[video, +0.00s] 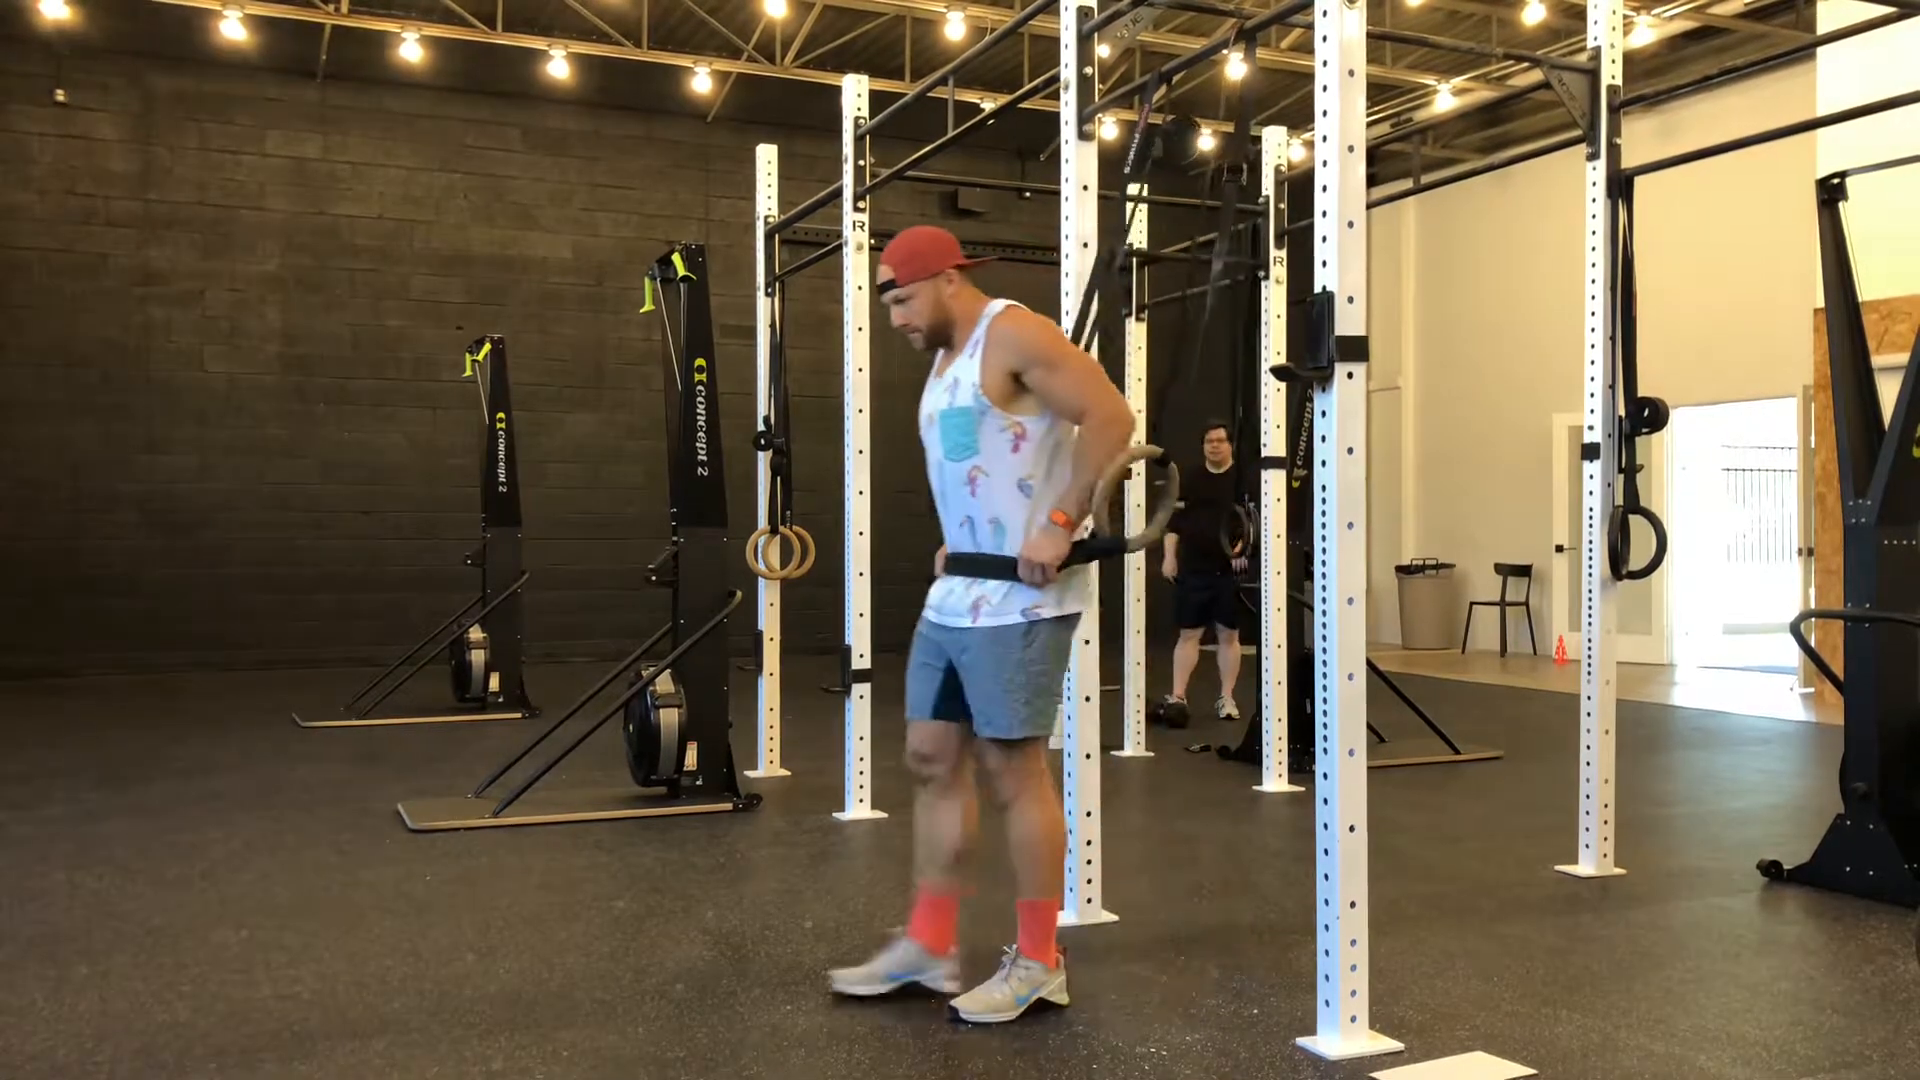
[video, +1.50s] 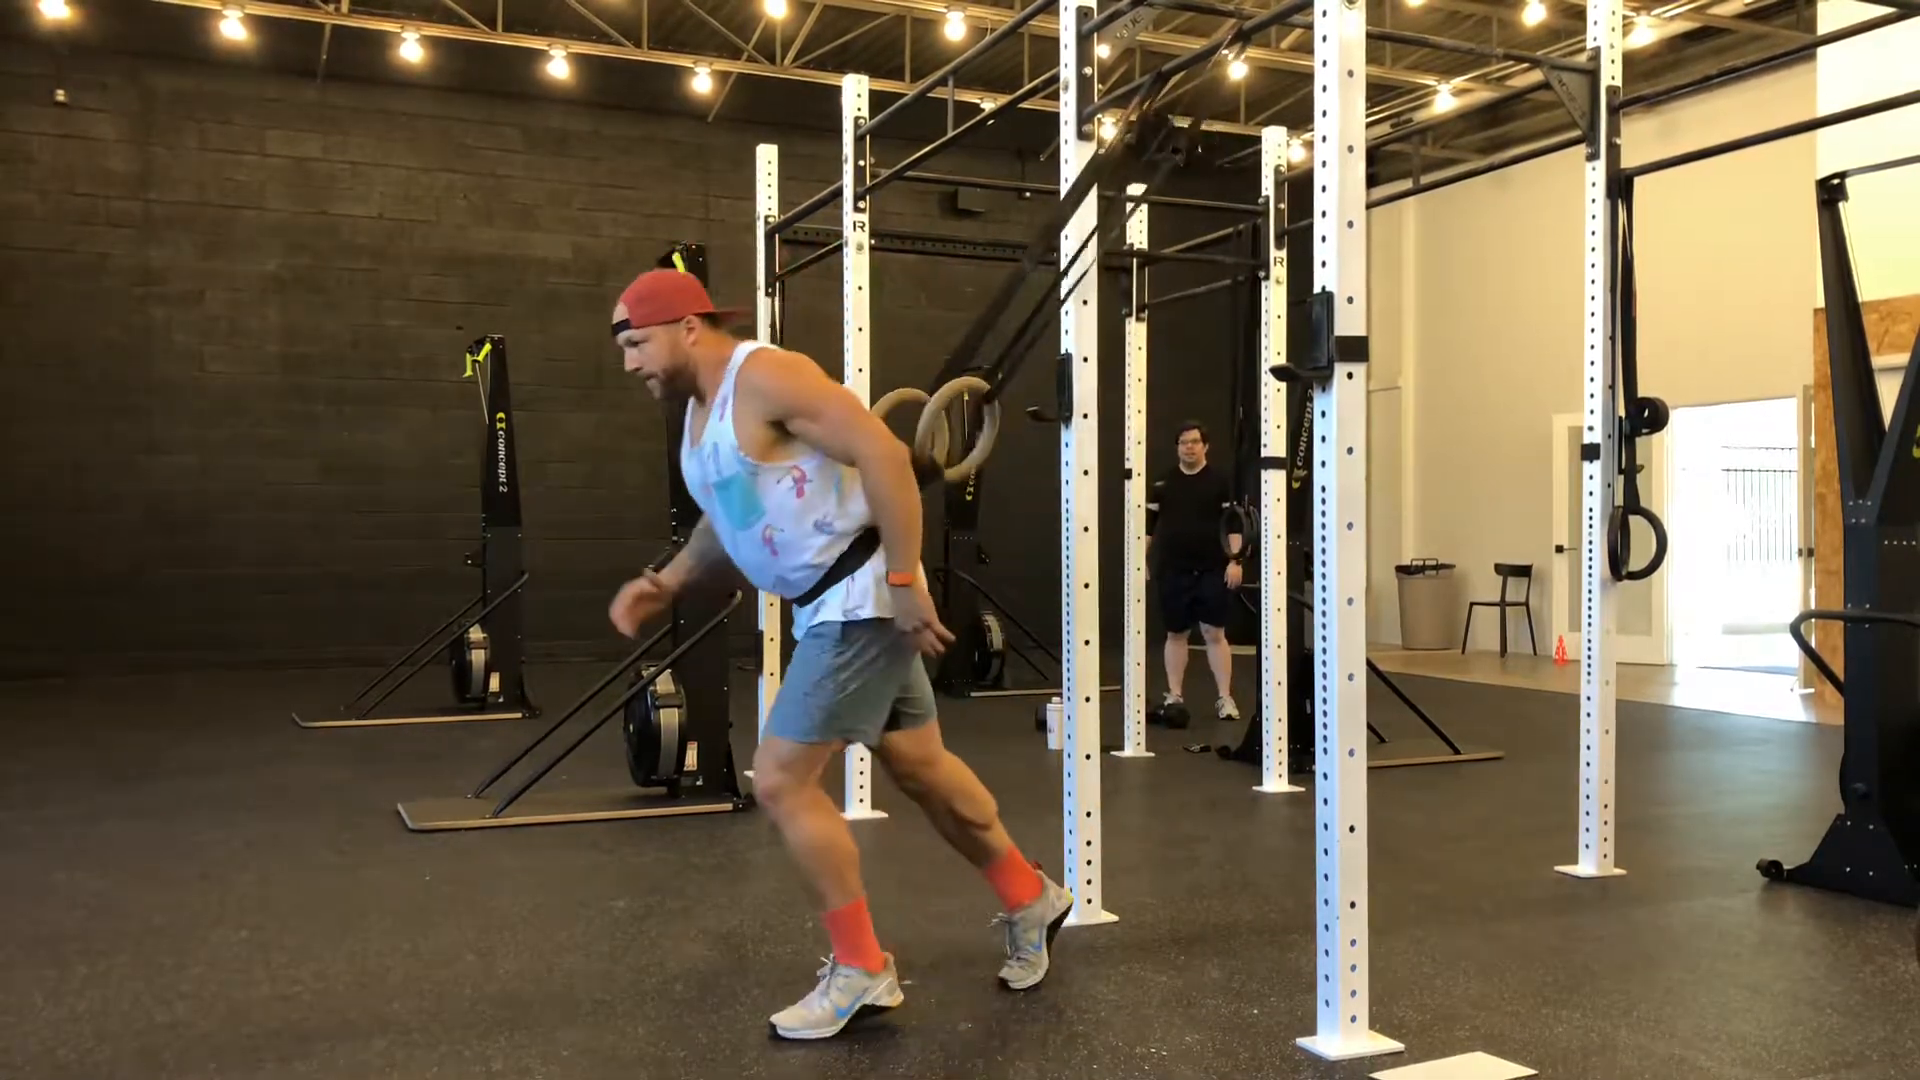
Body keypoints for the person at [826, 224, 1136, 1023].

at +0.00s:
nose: (893, 313)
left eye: (900, 294)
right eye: (888, 298)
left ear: (947, 280)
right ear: (930, 288)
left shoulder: (1016, 335)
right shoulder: (943, 367)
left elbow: (1111, 418)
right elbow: (983, 474)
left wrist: (1060, 521)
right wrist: (953, 554)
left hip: (1017, 602)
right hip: (955, 598)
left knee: (1017, 768)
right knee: (934, 757)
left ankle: (1036, 962)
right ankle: (929, 947)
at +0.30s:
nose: (801, 316)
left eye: (808, 297)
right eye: (797, 302)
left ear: (854, 282)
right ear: (842, 291)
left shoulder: (922, 333)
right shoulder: (860, 364)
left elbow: (1025, 407)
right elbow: (907, 474)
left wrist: (980, 522)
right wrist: (876, 567)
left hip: (944, 604)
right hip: (875, 603)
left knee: (961, 774)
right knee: (858, 760)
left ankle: (1031, 958)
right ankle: (873, 958)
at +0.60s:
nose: (703, 317)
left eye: (711, 298)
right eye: (700, 302)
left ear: (762, 285)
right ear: (743, 296)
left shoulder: (825, 325)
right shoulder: (772, 366)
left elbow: (937, 404)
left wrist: (886, 515)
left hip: (891, 582)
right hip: (852, 583)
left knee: (843, 760)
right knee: (858, 765)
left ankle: (943, 934)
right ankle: (872, 950)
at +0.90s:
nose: (659, 323)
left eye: (665, 302)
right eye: (655, 307)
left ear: (718, 290)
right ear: (700, 300)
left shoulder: (775, 330)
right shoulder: (738, 366)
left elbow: (896, 402)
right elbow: (838, 434)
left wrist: (877, 524)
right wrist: (835, 533)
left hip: (883, 588)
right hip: (832, 587)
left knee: (876, 772)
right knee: (842, 766)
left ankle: (879, 977)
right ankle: (862, 948)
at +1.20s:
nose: (665, 312)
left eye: (673, 292)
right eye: (661, 297)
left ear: (726, 283)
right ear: (715, 290)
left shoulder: (787, 335)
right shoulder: (737, 365)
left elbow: (895, 411)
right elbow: (807, 450)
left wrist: (888, 536)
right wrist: (777, 533)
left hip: (870, 577)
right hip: (837, 582)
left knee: (851, 772)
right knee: (887, 755)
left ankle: (872, 976)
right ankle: (1006, 881)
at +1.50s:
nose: (627, 361)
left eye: (633, 340)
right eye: (622, 345)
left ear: (686, 327)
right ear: (679, 334)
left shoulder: (767, 376)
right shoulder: (703, 415)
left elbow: (886, 453)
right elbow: (733, 519)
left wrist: (906, 577)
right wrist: (669, 581)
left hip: (861, 597)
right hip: (834, 602)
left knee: (783, 779)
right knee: (920, 763)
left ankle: (862, 969)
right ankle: (1031, 896)